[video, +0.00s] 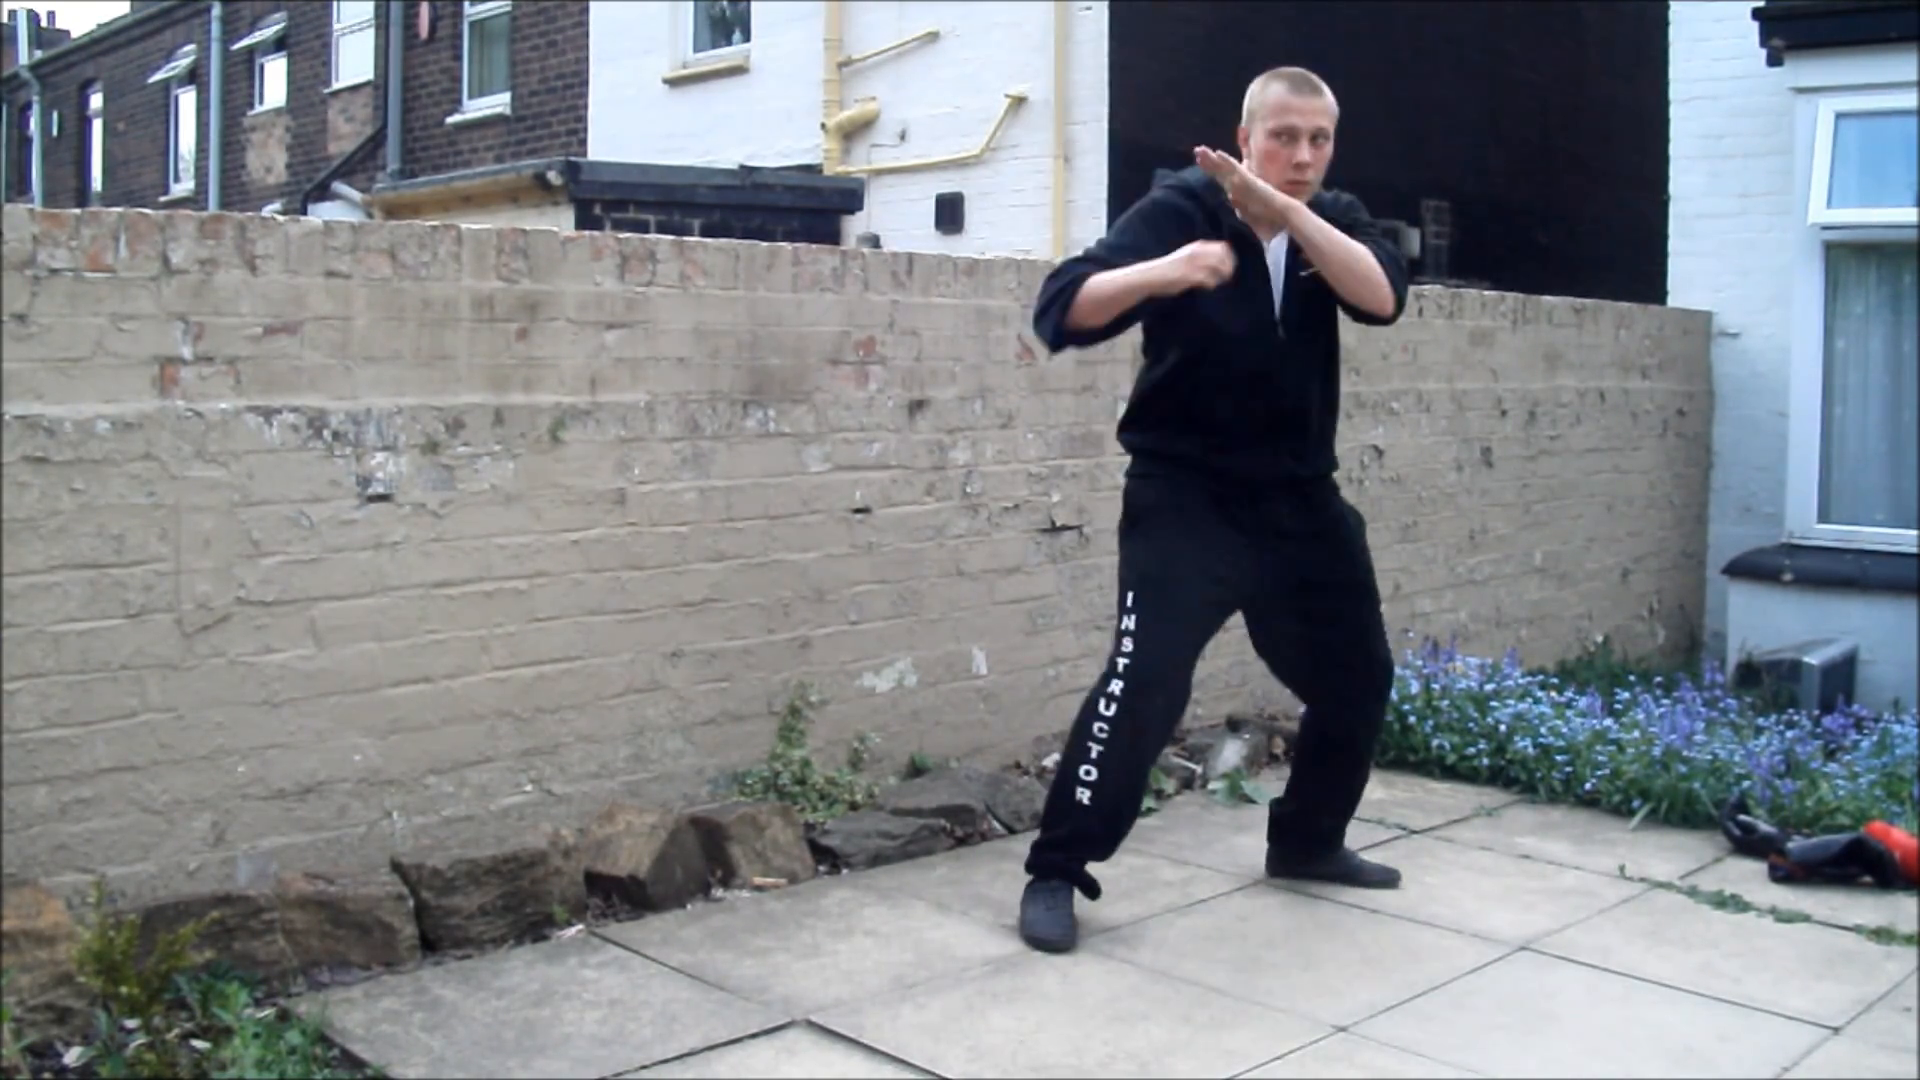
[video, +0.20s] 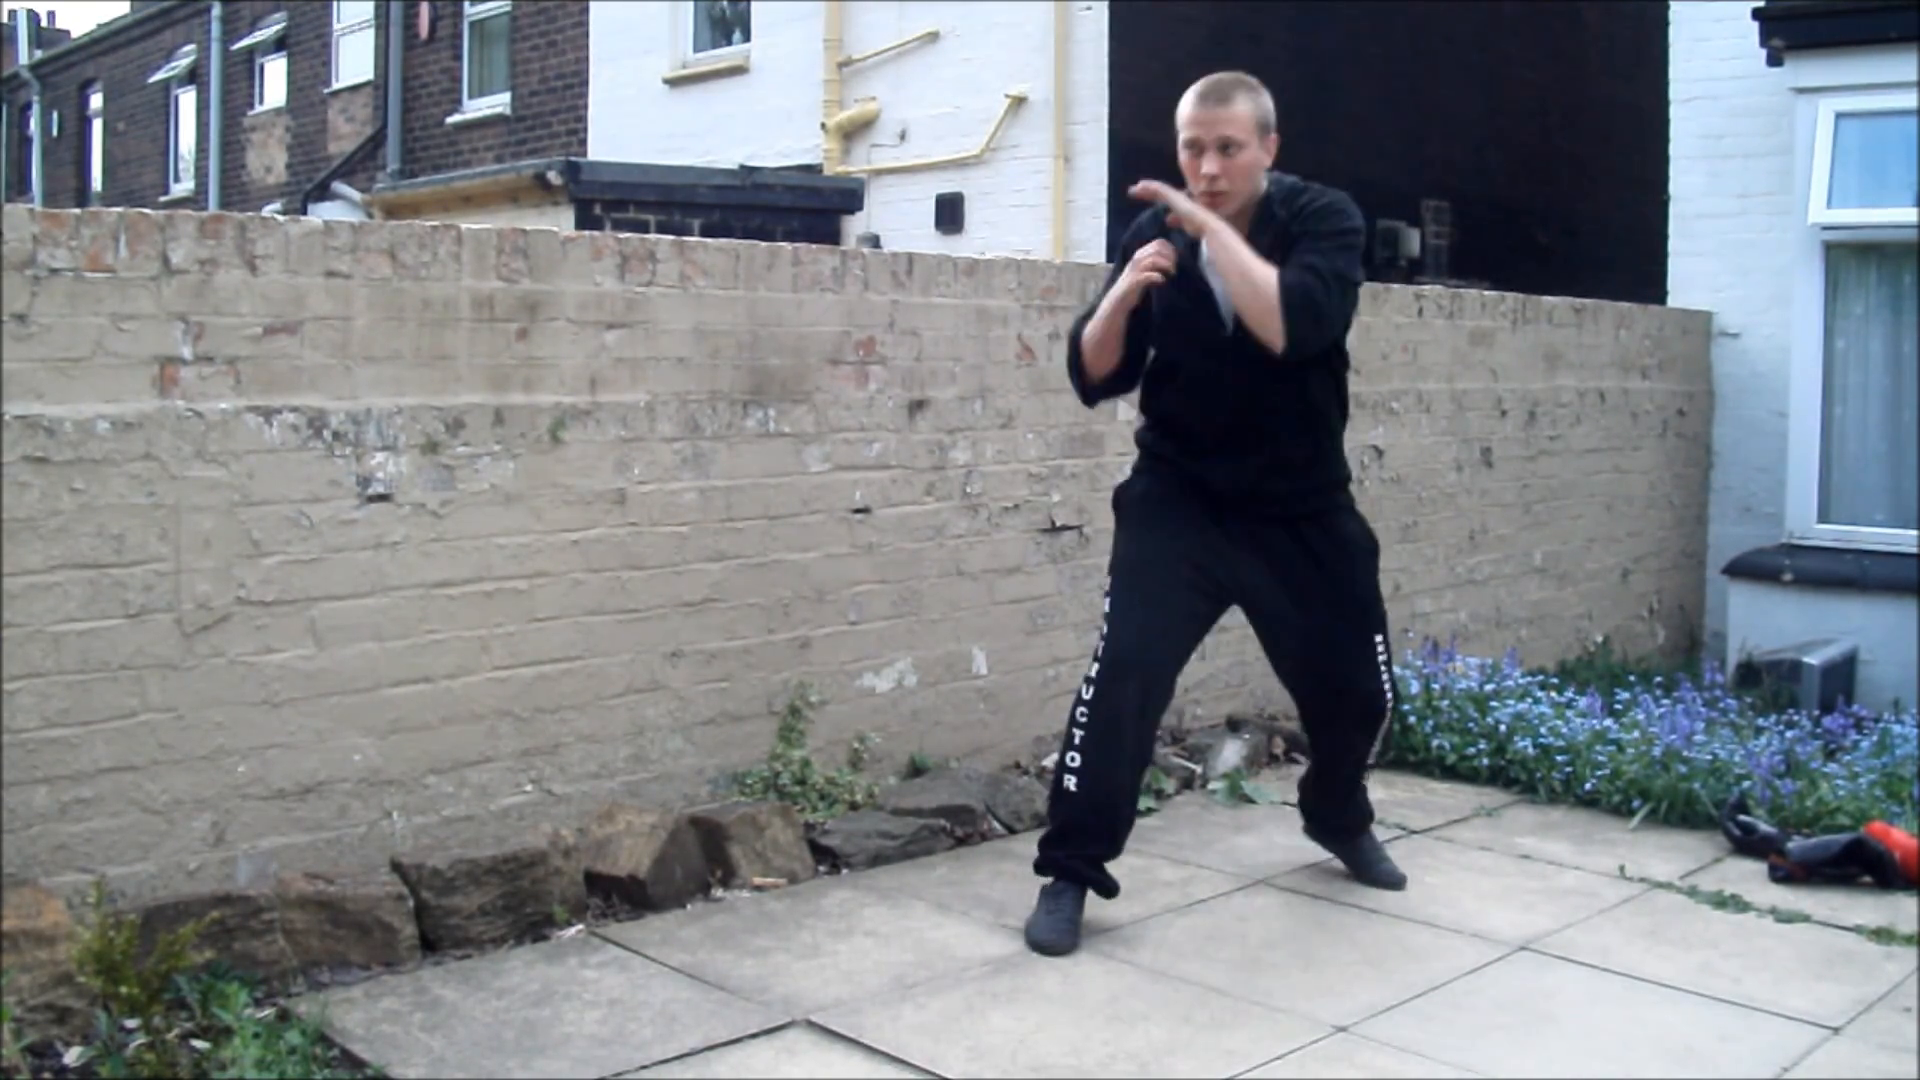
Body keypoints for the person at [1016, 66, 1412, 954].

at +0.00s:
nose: (1303, 154)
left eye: (1319, 139)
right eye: (1284, 137)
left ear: (1332, 147)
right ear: (1243, 142)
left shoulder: (1338, 220)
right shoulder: (1184, 208)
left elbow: (1383, 299)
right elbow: (1060, 311)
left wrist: (1289, 215)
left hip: (1300, 502)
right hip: (1183, 499)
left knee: (1359, 678)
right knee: (1145, 681)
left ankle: (1305, 845)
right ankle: (1056, 873)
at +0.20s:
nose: (1208, 167)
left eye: (1226, 149)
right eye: (1193, 151)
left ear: (1269, 149)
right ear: (1177, 153)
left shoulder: (1322, 219)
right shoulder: (1157, 236)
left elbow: (1295, 328)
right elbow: (1094, 378)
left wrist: (1208, 227)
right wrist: (1122, 297)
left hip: (1303, 512)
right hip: (1177, 507)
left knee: (1357, 699)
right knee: (1125, 676)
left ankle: (1339, 816)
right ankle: (1067, 875)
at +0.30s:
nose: (1166, 231)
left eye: (1186, 209)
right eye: (1155, 210)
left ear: (1236, 203)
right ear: (1143, 210)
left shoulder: (1304, 269)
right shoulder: (1146, 281)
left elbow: (1273, 428)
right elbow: (1131, 440)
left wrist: (1192, 316)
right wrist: (1138, 347)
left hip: (1297, 533)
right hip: (1177, 526)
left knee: (1355, 711)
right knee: (1116, 686)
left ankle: (1341, 821)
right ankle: (1076, 878)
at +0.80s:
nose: (1211, 93)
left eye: (1232, 78)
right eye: (1196, 75)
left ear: (1264, 92)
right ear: (1171, 85)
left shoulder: (1293, 191)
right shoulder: (1114, 175)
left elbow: (1313, 289)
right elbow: (1026, 318)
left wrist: (1243, 170)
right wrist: (1088, 237)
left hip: (1234, 490)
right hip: (1109, 482)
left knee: (1259, 677)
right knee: (1043, 679)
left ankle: (1254, 846)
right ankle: (949, 877)